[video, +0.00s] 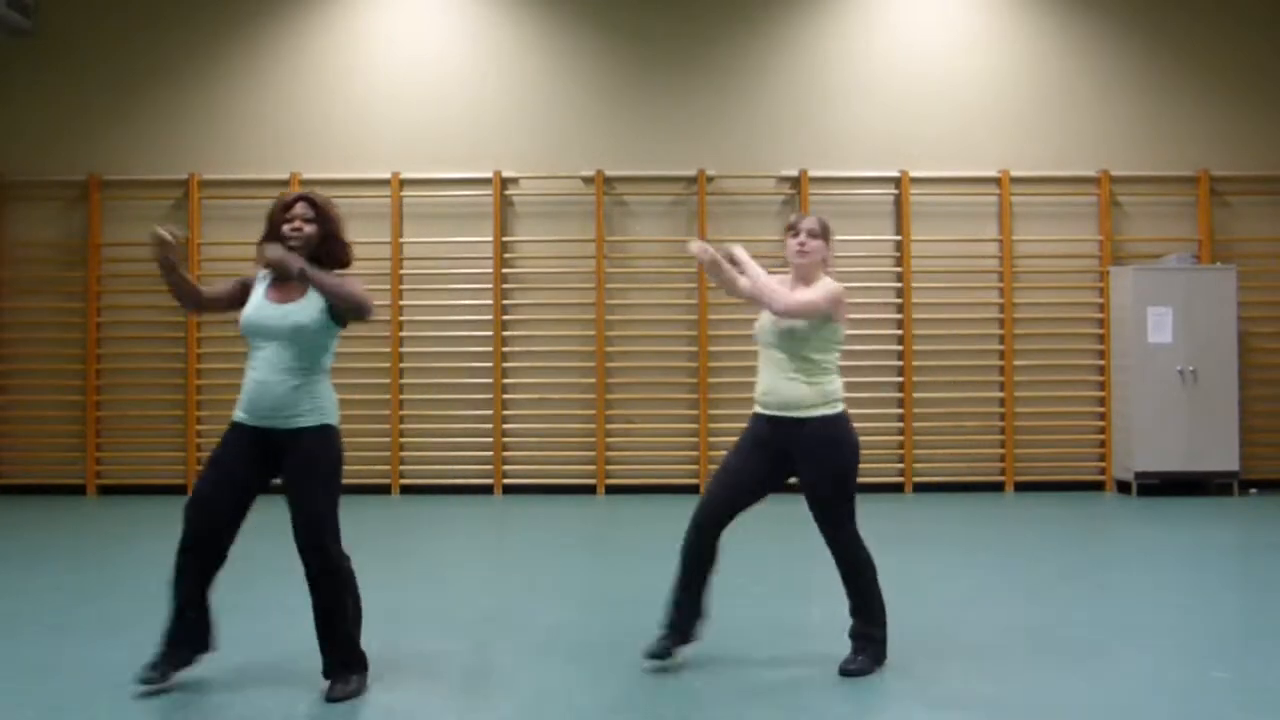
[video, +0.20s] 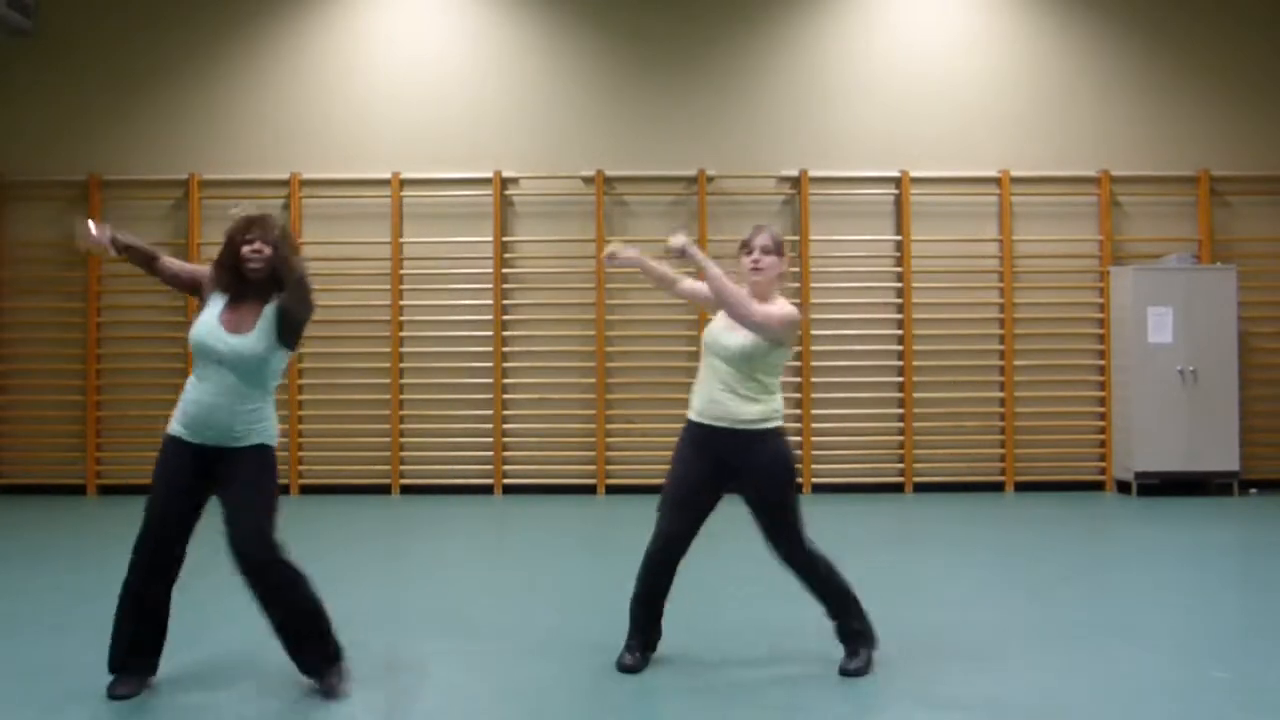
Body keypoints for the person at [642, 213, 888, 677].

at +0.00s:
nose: (803, 241)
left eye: (812, 236)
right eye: (796, 234)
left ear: (827, 248)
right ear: (785, 244)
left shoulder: (831, 292)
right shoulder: (771, 285)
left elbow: (783, 305)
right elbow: (736, 284)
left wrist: (744, 262)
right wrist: (711, 262)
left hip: (823, 433)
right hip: (767, 431)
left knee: (843, 539)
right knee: (706, 519)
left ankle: (870, 644)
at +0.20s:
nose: (756, 259)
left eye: (766, 253)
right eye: (750, 253)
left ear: (784, 263)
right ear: (739, 262)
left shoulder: (786, 314)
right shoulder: (726, 300)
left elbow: (743, 310)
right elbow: (680, 284)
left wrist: (698, 257)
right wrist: (639, 261)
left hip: (759, 445)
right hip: (702, 440)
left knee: (791, 548)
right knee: (664, 546)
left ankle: (857, 635)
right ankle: (639, 640)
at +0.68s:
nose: (748, 239)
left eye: (756, 232)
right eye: (737, 233)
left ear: (767, 241)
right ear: (725, 244)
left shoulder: (784, 280)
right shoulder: (719, 286)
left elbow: (825, 280)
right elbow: (763, 308)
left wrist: (867, 274)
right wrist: (810, 267)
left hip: (761, 423)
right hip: (705, 420)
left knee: (805, 517)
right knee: (674, 530)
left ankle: (811, 622)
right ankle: (636, 640)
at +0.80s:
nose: (770, 248)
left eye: (777, 241)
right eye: (760, 242)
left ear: (790, 248)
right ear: (746, 250)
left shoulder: (805, 289)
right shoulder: (740, 293)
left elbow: (864, 281)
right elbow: (796, 287)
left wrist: (912, 253)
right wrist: (862, 249)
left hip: (800, 430)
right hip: (742, 430)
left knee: (827, 532)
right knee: (699, 535)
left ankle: (831, 636)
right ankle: (638, 638)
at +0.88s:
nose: (785, 251)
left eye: (792, 243)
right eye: (775, 244)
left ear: (802, 249)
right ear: (761, 253)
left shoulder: (820, 291)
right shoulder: (756, 298)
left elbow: (877, 298)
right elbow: (797, 308)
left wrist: (921, 283)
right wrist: (868, 284)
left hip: (820, 432)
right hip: (768, 432)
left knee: (834, 542)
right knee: (739, 537)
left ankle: (828, 638)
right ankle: (663, 626)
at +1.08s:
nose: (825, 247)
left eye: (832, 238)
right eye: (814, 240)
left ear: (843, 245)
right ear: (802, 250)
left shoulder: (853, 294)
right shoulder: (798, 297)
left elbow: (877, 338)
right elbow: (802, 361)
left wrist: (893, 361)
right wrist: (862, 373)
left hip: (846, 421)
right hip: (800, 422)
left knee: (881, 523)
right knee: (824, 530)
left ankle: (843, 621)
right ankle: (785, 630)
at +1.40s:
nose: (889, 255)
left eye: (894, 245)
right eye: (878, 252)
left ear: (905, 248)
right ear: (864, 263)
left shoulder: (919, 280)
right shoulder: (875, 303)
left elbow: (955, 264)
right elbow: (946, 298)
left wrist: (995, 236)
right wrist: (1000, 253)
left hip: (918, 427)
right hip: (871, 425)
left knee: (962, 528)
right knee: (828, 522)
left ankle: (1010, 631)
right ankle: (777, 622)